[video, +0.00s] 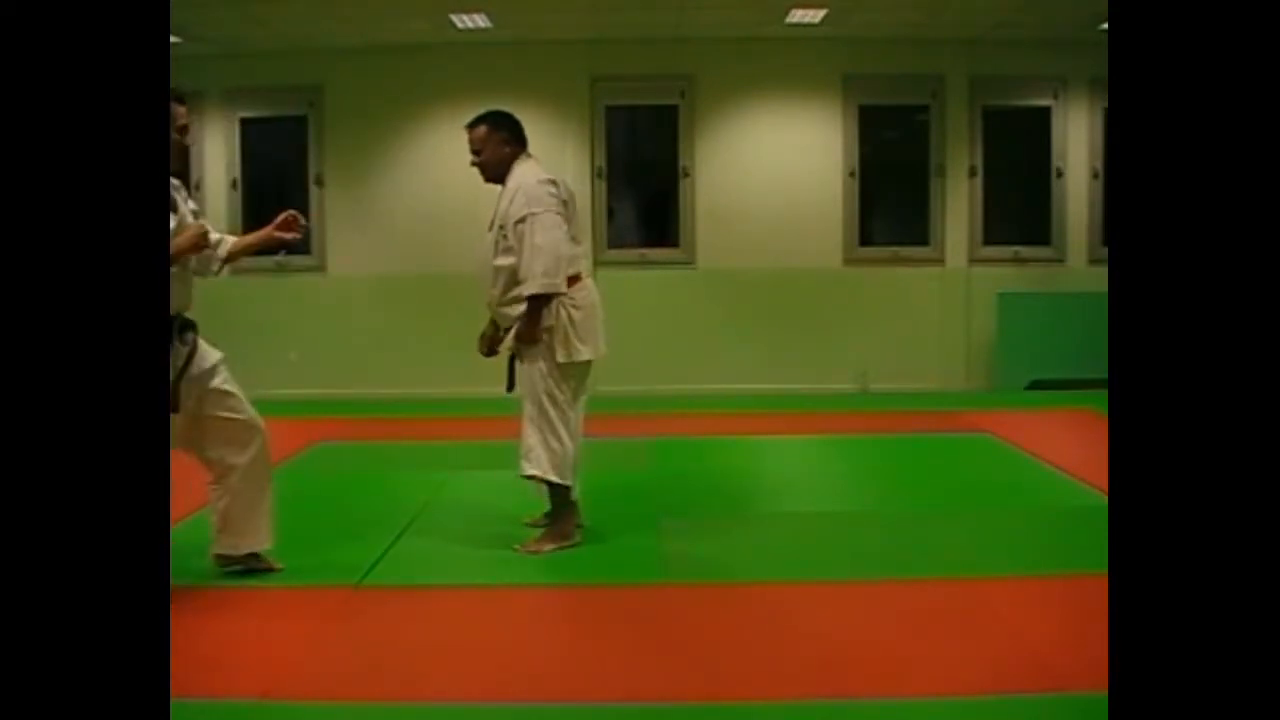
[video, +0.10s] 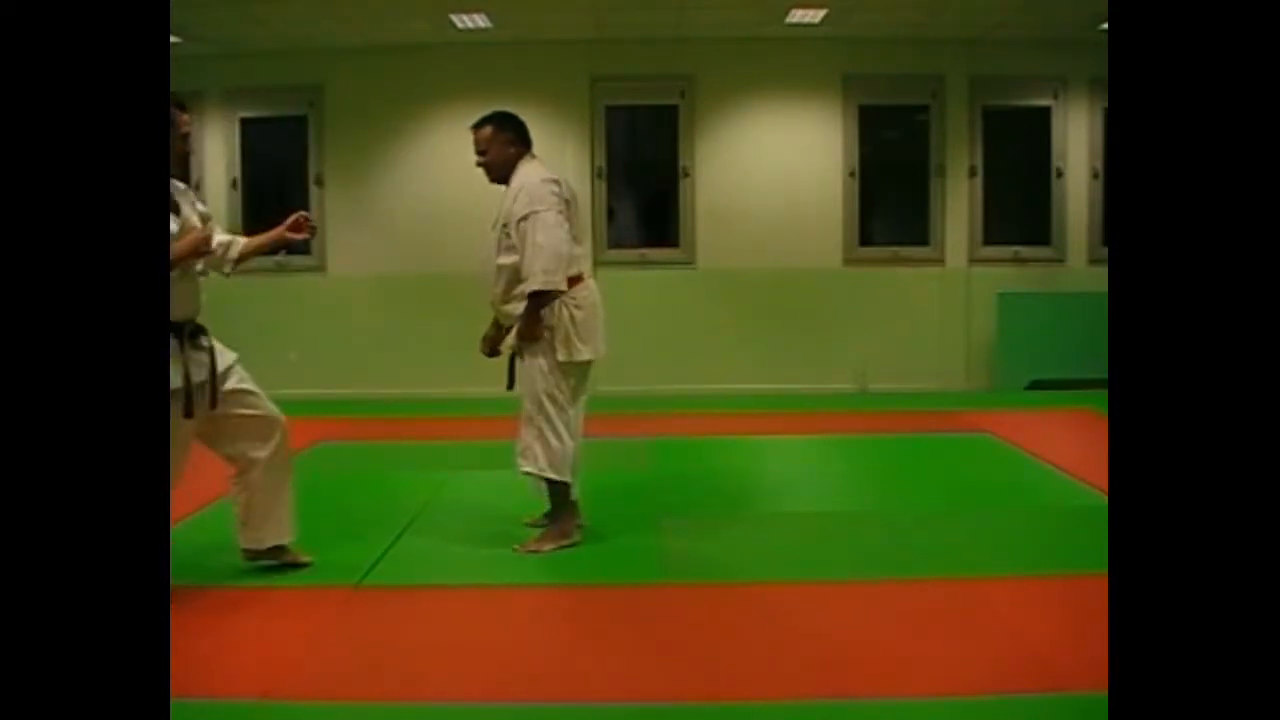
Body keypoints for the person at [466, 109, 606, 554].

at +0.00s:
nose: (475, 161)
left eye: (480, 151)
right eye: (473, 152)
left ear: (508, 147)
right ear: (503, 150)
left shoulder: (531, 188)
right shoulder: (517, 189)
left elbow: (545, 260)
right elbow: (515, 267)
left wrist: (530, 318)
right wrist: (495, 322)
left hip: (557, 315)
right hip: (547, 314)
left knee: (550, 412)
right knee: (548, 412)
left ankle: (563, 518)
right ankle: (558, 506)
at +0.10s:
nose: (479, 160)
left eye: (484, 150)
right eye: (477, 152)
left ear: (512, 147)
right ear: (508, 150)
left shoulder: (535, 188)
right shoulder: (522, 189)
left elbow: (545, 263)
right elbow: (516, 269)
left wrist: (529, 318)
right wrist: (497, 323)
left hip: (558, 314)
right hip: (547, 313)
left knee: (549, 412)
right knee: (548, 411)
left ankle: (564, 518)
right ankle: (558, 506)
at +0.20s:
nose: (482, 161)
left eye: (488, 151)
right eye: (480, 152)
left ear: (515, 148)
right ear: (512, 151)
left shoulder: (537, 188)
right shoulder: (525, 189)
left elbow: (539, 268)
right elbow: (519, 269)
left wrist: (515, 325)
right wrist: (497, 323)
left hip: (558, 315)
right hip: (549, 314)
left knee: (546, 412)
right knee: (548, 411)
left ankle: (563, 516)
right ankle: (558, 506)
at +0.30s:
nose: (488, 164)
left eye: (494, 153)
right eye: (486, 155)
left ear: (521, 150)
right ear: (518, 153)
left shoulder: (544, 190)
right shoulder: (528, 192)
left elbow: (516, 261)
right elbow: (511, 263)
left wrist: (487, 314)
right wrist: (493, 316)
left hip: (566, 316)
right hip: (549, 317)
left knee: (550, 416)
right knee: (546, 415)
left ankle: (562, 518)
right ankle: (559, 509)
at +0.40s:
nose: (493, 166)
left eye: (498, 156)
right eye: (491, 158)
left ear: (528, 153)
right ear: (522, 156)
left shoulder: (550, 193)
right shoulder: (530, 197)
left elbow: (518, 250)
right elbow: (521, 272)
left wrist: (472, 273)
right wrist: (490, 323)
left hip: (572, 319)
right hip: (550, 321)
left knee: (552, 419)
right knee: (545, 416)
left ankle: (560, 521)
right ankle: (567, 506)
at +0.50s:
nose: (500, 168)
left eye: (507, 159)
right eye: (498, 160)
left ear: (535, 154)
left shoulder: (557, 187)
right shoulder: (526, 202)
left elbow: (504, 225)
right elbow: (498, 273)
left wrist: (459, 221)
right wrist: (448, 297)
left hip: (581, 320)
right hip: (552, 325)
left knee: (562, 418)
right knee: (546, 419)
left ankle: (565, 519)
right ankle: (563, 511)